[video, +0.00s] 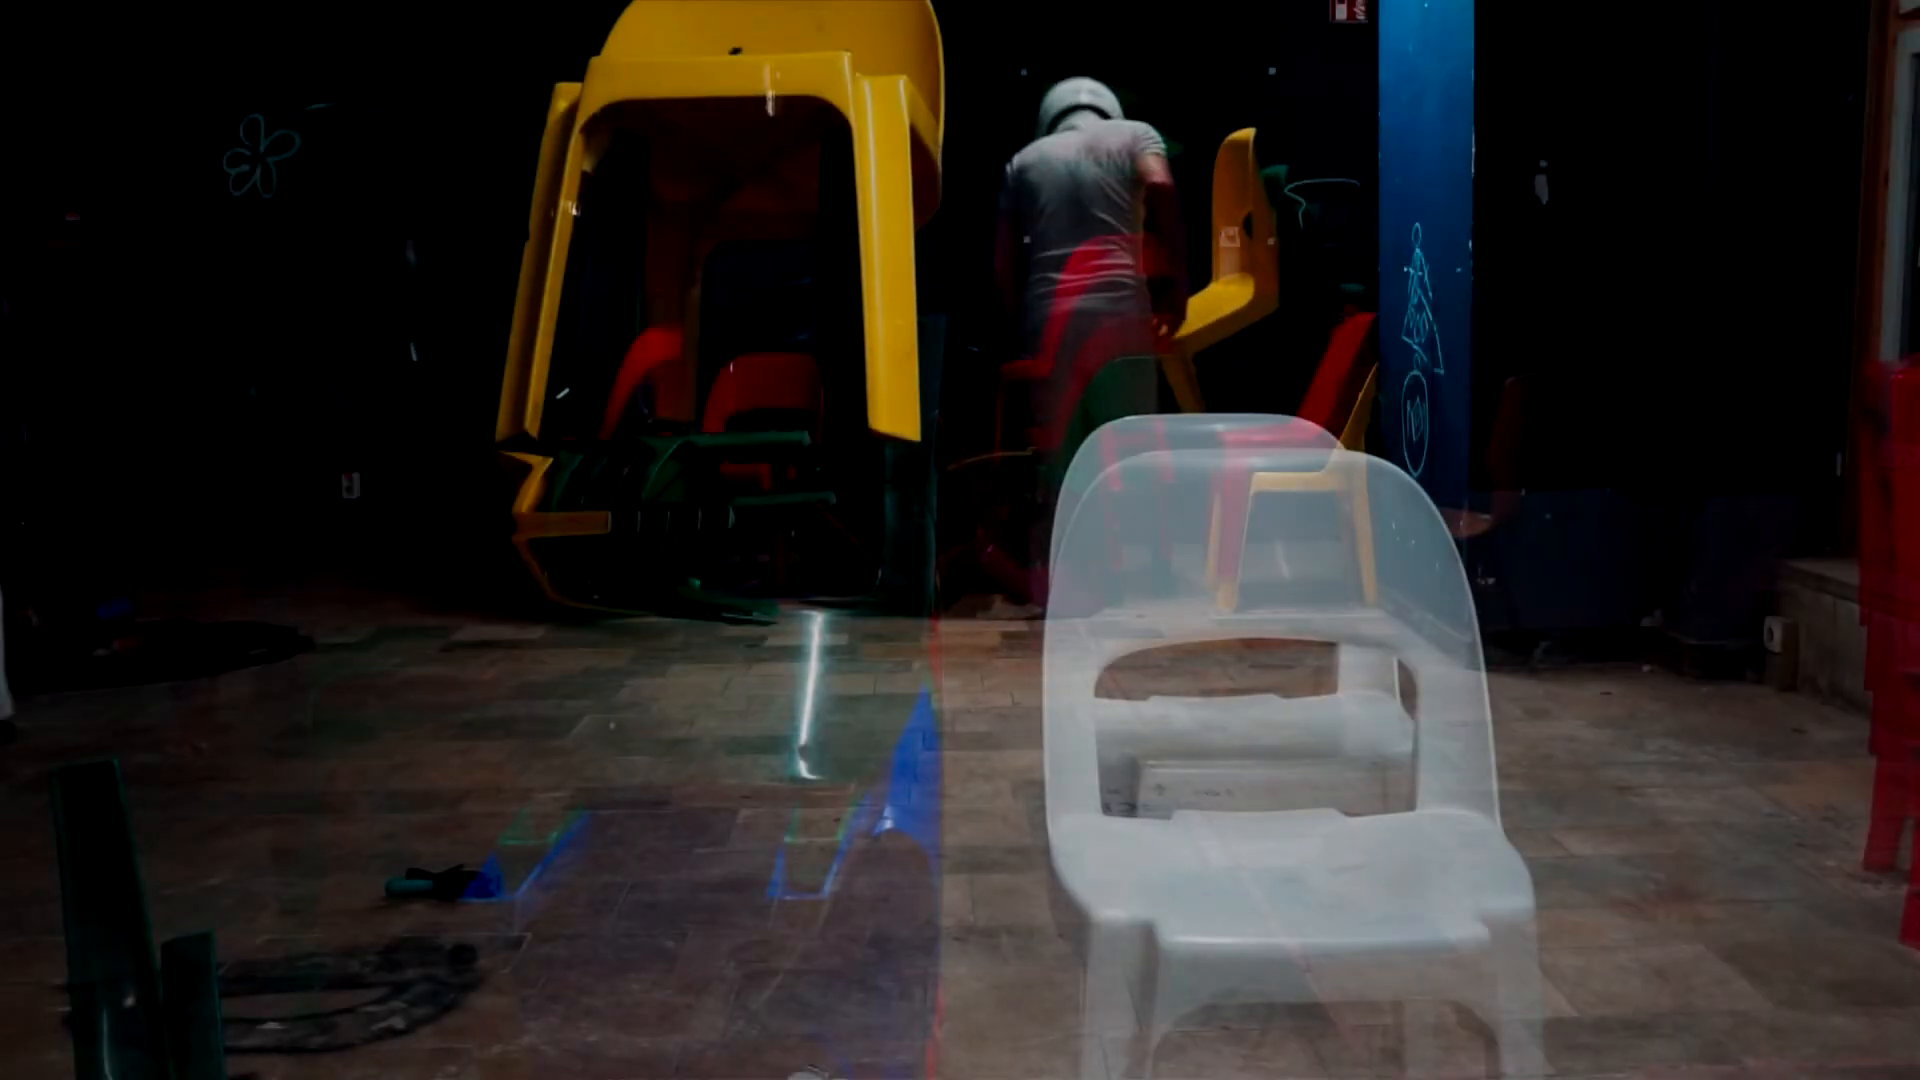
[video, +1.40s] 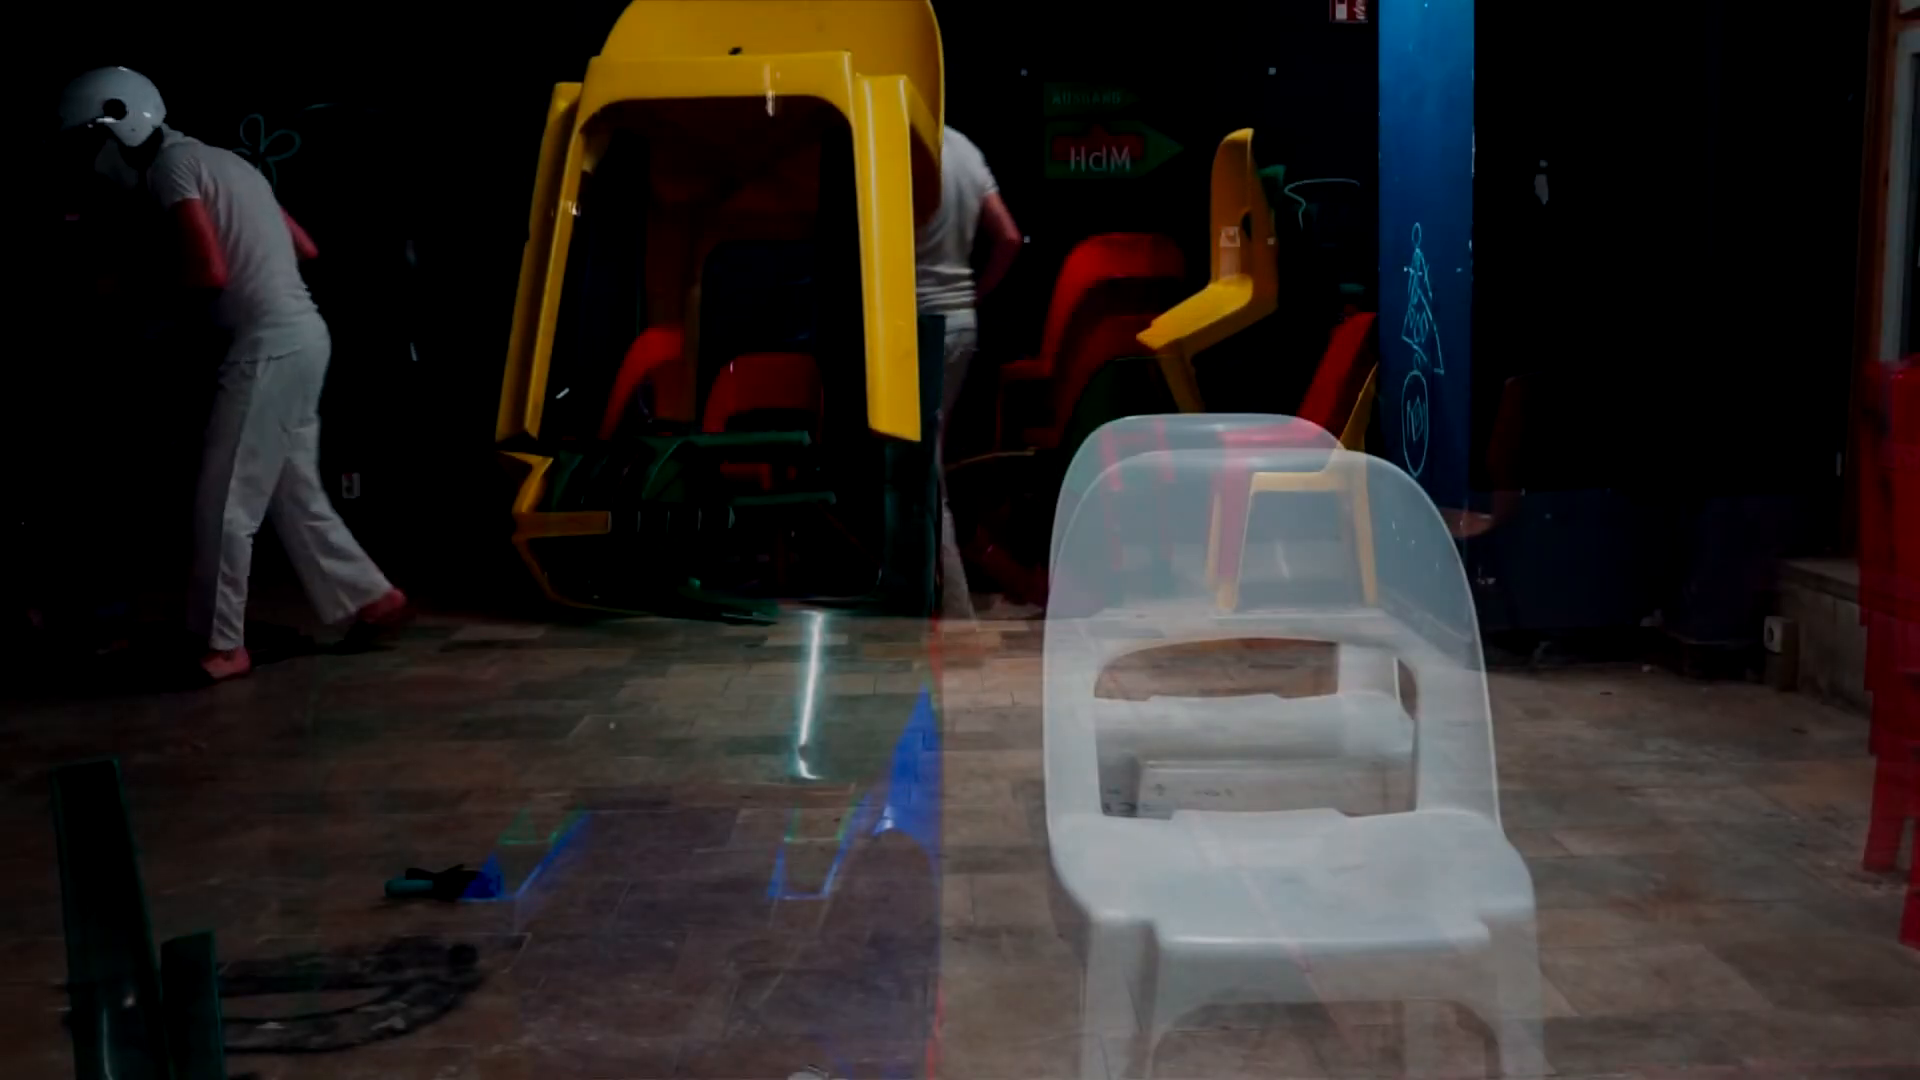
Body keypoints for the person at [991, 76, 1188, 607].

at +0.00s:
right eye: (1109, 107)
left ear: (1050, 118)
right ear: (1107, 108)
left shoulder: (1023, 161)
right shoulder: (1134, 134)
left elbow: (1007, 255)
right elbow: (1160, 187)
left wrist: (1015, 314)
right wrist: (1174, 288)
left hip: (1051, 324)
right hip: (1120, 319)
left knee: (1057, 458)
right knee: (1133, 449)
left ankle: (1053, 586)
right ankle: (1137, 576)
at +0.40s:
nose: (1023, 91)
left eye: (1025, 82)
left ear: (1038, 80)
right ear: (1093, 73)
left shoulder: (1037, 129)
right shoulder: (1153, 134)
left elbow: (1027, 233)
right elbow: (1203, 213)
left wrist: (1006, 310)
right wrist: (1157, 279)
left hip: (1061, 319)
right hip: (1133, 319)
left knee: (1039, 457)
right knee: (1131, 456)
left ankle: (1022, 593)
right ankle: (1133, 586)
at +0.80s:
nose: (943, 90)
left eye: (946, 77)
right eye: (943, 78)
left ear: (963, 73)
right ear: (1014, 65)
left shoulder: (982, 131)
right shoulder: (1075, 132)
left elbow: (1009, 233)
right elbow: (1135, 223)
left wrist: (1001, 341)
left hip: (1013, 320)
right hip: (1075, 320)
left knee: (984, 463)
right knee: (1077, 458)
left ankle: (968, 595)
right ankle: (1100, 589)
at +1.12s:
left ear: (915, 75)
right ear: (948, 68)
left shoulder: (929, 130)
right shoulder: (999, 130)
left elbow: (944, 233)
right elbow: (1056, 219)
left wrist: (919, 300)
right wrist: (1023, 286)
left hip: (961, 320)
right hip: (1008, 316)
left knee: (954, 470)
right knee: (991, 471)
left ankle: (957, 608)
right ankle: (1038, 596)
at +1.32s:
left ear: (907, 91)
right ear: (937, 88)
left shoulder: (901, 142)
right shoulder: (973, 141)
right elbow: (1022, 229)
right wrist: (988, 287)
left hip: (930, 321)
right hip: (973, 318)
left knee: (942, 464)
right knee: (940, 460)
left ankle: (955, 598)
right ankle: (946, 586)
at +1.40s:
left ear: (897, 103)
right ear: (931, 98)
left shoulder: (884, 153)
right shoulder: (960, 147)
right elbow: (1008, 235)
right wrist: (976, 290)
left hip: (908, 324)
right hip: (957, 320)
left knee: (926, 464)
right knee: (927, 460)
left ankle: (952, 602)